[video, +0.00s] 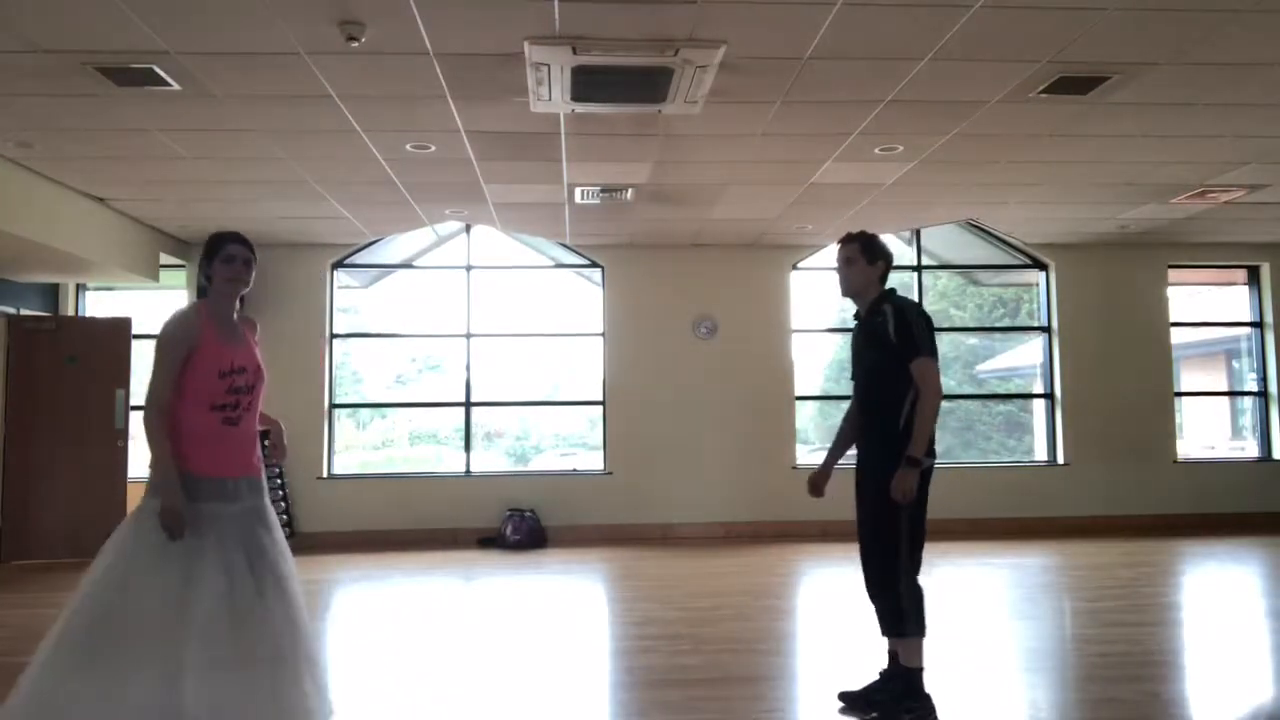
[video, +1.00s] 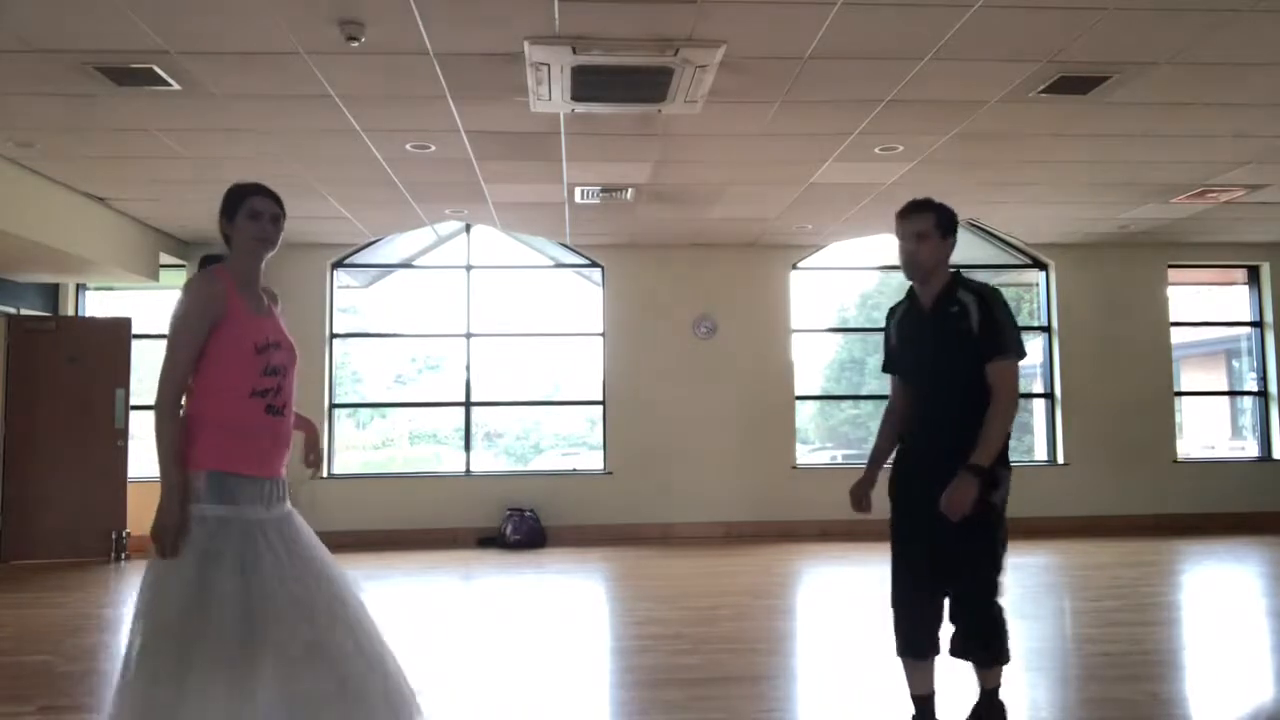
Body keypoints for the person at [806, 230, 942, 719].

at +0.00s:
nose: (840, 273)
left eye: (848, 265)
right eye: (839, 265)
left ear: (876, 267)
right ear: (855, 271)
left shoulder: (904, 313)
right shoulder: (865, 326)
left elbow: (931, 389)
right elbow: (861, 403)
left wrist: (912, 463)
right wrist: (828, 463)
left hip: (903, 462)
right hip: (872, 462)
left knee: (899, 569)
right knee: (878, 570)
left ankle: (912, 686)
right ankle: (896, 674)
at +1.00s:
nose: (907, 249)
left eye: (919, 238)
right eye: (902, 239)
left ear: (947, 243)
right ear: (897, 246)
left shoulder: (983, 304)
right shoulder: (900, 317)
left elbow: (1006, 396)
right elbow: (900, 400)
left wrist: (975, 472)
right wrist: (871, 471)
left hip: (975, 472)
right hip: (916, 471)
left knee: (974, 596)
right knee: (912, 596)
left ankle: (989, 702)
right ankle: (923, 710)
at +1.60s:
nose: (972, 218)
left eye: (985, 206)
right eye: (970, 208)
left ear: (1026, 212)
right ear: (974, 218)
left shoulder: (1071, 278)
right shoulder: (989, 300)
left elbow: (1118, 380)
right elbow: (993, 397)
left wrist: (1100, 479)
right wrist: (959, 477)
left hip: (1061, 482)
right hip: (998, 483)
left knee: (1071, 623)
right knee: (990, 614)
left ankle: (1089, 713)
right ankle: (1019, 714)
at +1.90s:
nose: (983, 212)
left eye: (997, 200)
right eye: (984, 202)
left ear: (1041, 206)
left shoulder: (1085, 271)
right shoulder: (1013, 291)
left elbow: (1104, 383)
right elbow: (1015, 393)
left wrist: (1075, 481)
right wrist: (983, 475)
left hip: (1072, 480)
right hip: (1020, 479)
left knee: (1076, 630)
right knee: (1033, 630)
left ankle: (1089, 715)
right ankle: (1056, 715)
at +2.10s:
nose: (987, 210)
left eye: (1001, 199)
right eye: (989, 200)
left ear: (1045, 208)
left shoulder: (1086, 271)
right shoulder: (1017, 293)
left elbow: (1100, 385)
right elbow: (1022, 399)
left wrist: (1042, 474)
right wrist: (996, 482)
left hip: (1077, 484)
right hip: (1023, 484)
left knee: (1078, 636)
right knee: (1038, 637)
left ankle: (1092, 714)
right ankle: (1062, 714)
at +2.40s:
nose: (985, 212)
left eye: (1000, 200)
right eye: (987, 201)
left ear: (1041, 209)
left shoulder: (1081, 273)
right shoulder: (1016, 293)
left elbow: (1094, 387)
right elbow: (1014, 400)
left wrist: (1051, 481)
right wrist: (979, 478)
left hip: (1070, 484)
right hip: (1021, 483)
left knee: (1078, 636)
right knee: (1042, 637)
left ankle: (1092, 714)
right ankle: (1066, 714)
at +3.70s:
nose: (1000, 209)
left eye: (1014, 201)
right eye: (1004, 200)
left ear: (1053, 211)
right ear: (1040, 214)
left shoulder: (1083, 274)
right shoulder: (1027, 291)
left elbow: (1095, 389)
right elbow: (1020, 397)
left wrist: (1052, 480)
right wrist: (985, 477)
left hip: (1071, 483)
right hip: (1027, 481)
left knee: (1083, 634)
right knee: (1053, 632)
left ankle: (1097, 714)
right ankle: (1069, 712)